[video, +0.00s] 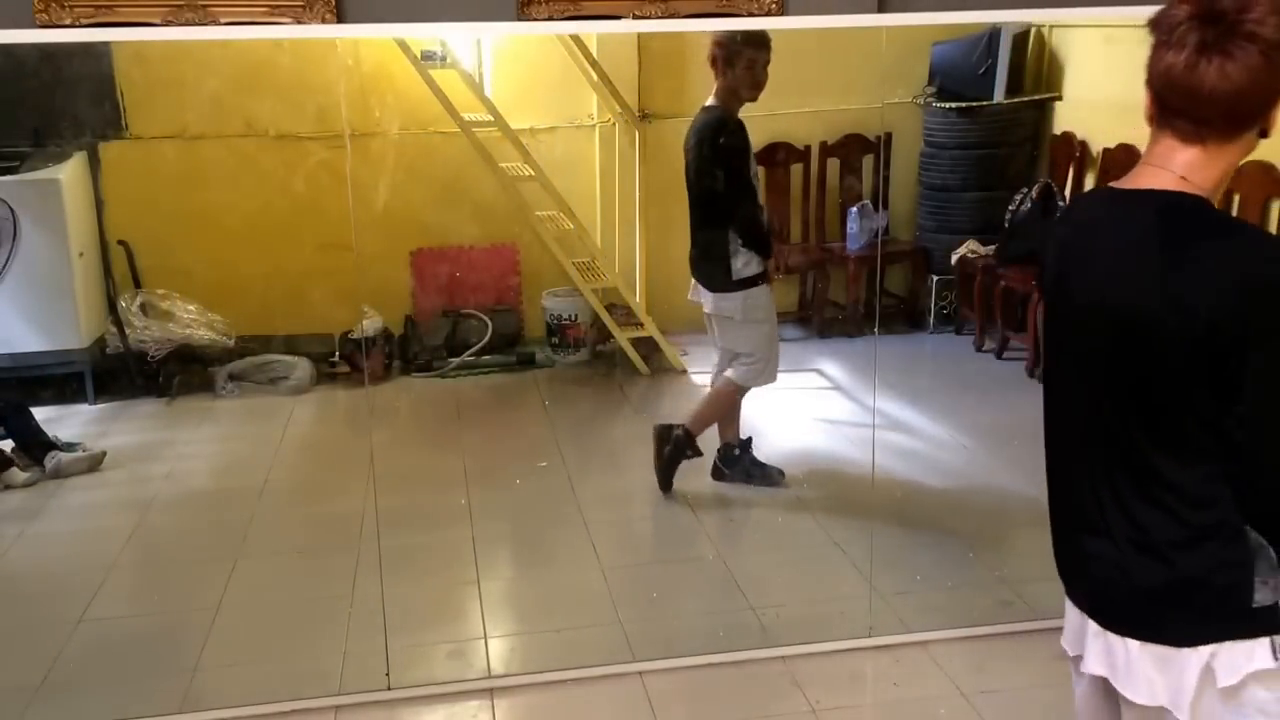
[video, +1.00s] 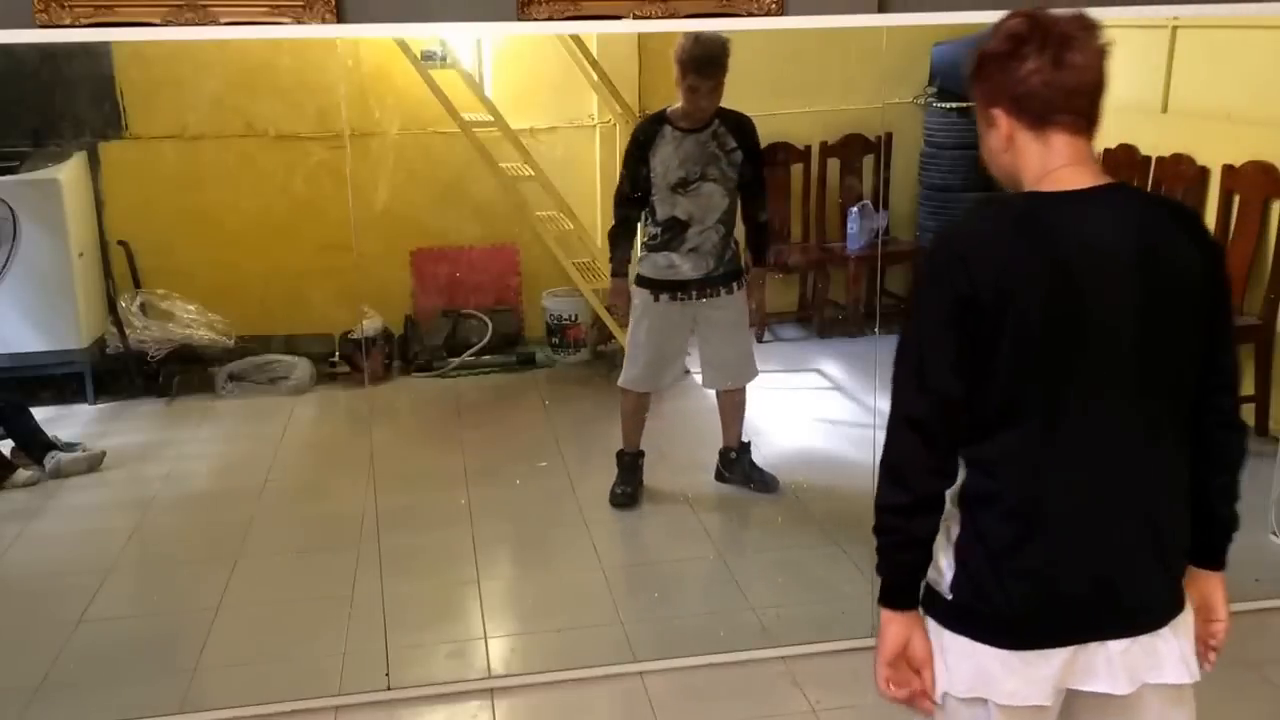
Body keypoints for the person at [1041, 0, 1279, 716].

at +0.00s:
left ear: (1148, 99)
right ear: (1266, 124)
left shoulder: (1072, 231)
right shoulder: (1252, 266)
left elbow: (1067, 407)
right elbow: (1265, 464)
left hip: (1090, 575)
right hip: (1206, 601)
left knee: (1102, 702)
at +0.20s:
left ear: (1161, 93)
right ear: (1270, 122)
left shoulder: (1082, 223)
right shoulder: (1255, 261)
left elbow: (1066, 396)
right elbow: (1265, 451)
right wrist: (1277, 565)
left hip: (1083, 565)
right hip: (1199, 590)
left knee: (1083, 705)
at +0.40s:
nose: (1156, 100)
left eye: (1158, 84)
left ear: (1167, 102)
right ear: (1273, 121)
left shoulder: (1078, 225)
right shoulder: (1269, 243)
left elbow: (1041, 393)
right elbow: (1277, 436)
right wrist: (1276, 579)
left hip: (1058, 583)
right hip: (1209, 607)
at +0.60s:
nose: (1134, 108)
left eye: (1135, 91)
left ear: (1151, 100)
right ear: (1256, 110)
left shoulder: (1057, 224)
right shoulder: (1271, 242)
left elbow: (996, 409)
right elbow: (1279, 438)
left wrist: (1004, 514)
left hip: (1032, 590)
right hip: (1194, 609)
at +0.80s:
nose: (1069, 123)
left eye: (1071, 104)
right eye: (1070, 103)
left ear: (1092, 109)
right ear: (1185, 105)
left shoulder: (1035, 232)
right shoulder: (1256, 243)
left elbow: (962, 402)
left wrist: (918, 541)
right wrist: (1273, 574)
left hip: (1027, 602)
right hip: (1178, 605)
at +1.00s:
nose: (980, 144)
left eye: (979, 125)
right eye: (980, 125)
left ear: (999, 122)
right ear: (1089, 111)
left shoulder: (970, 252)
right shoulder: (1181, 238)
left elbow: (918, 442)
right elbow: (1218, 419)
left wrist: (899, 602)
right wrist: (1206, 562)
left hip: (1003, 611)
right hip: (1147, 604)